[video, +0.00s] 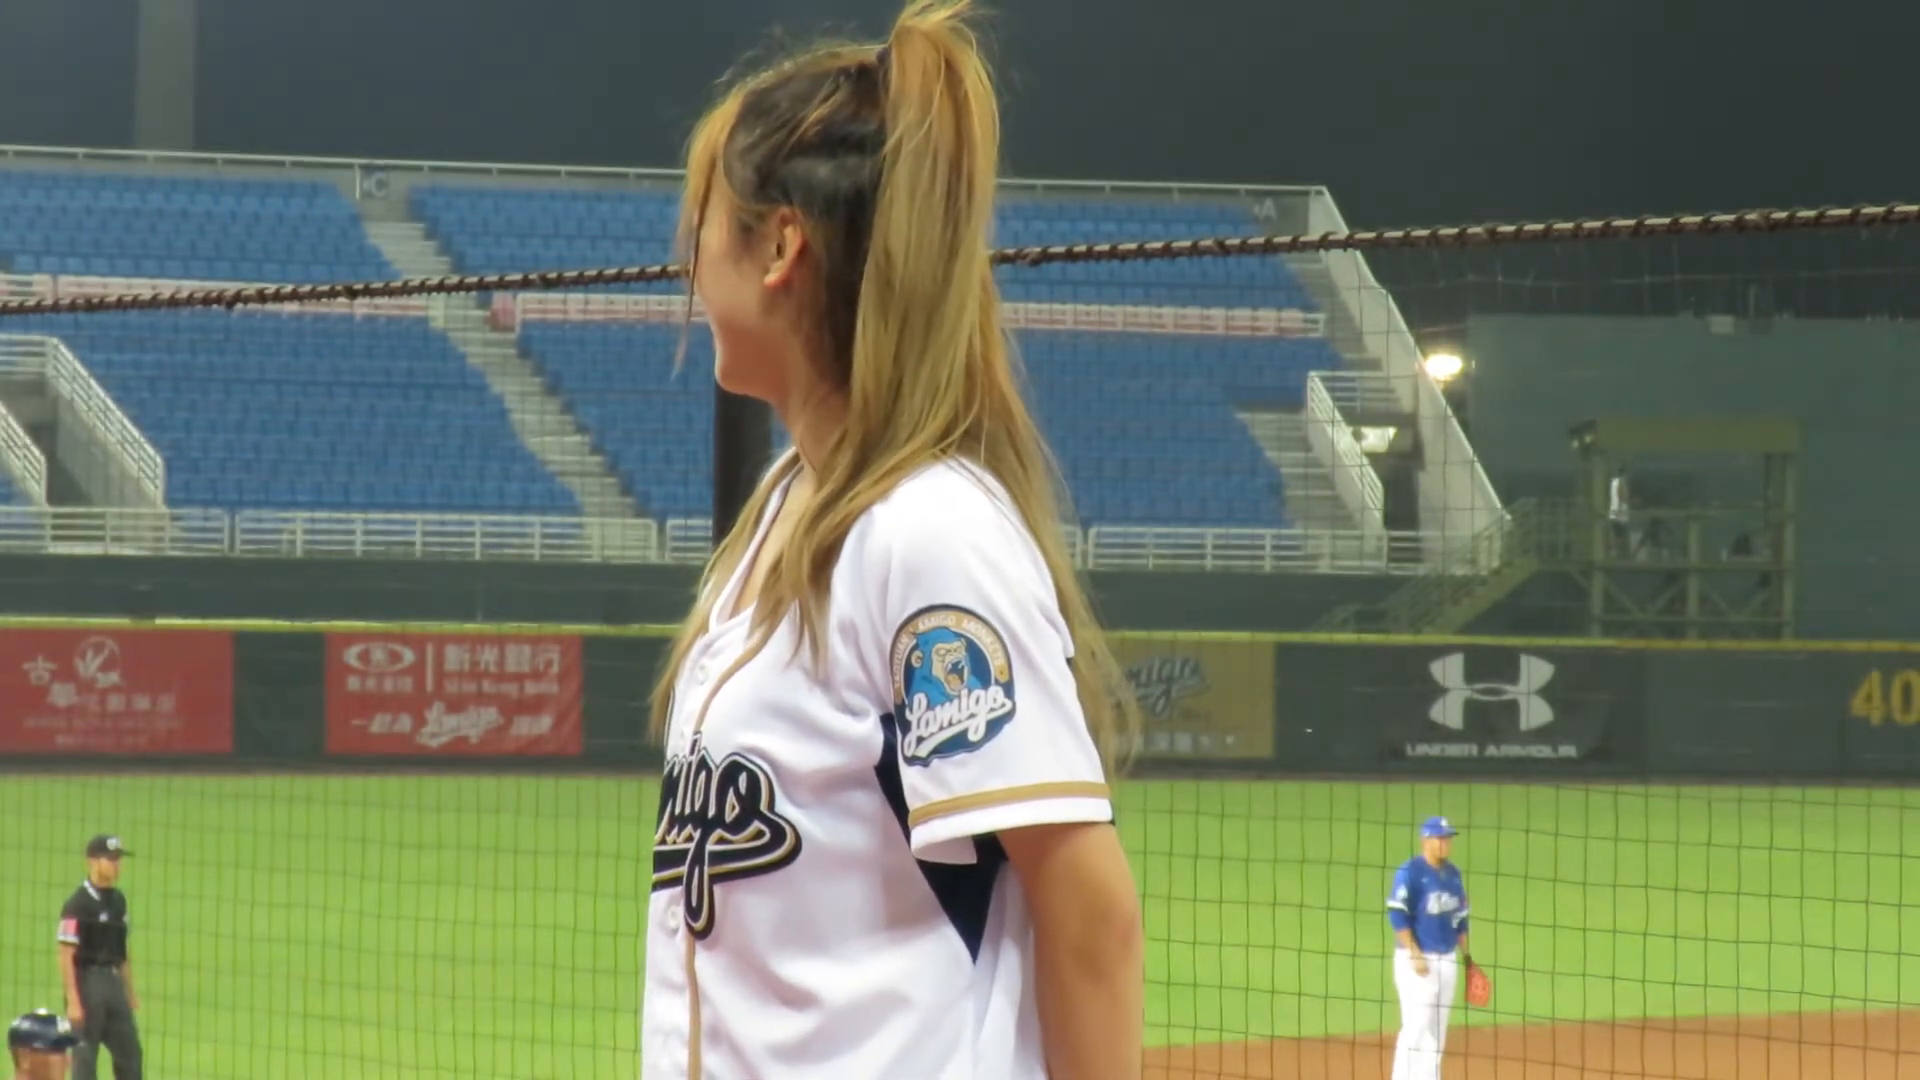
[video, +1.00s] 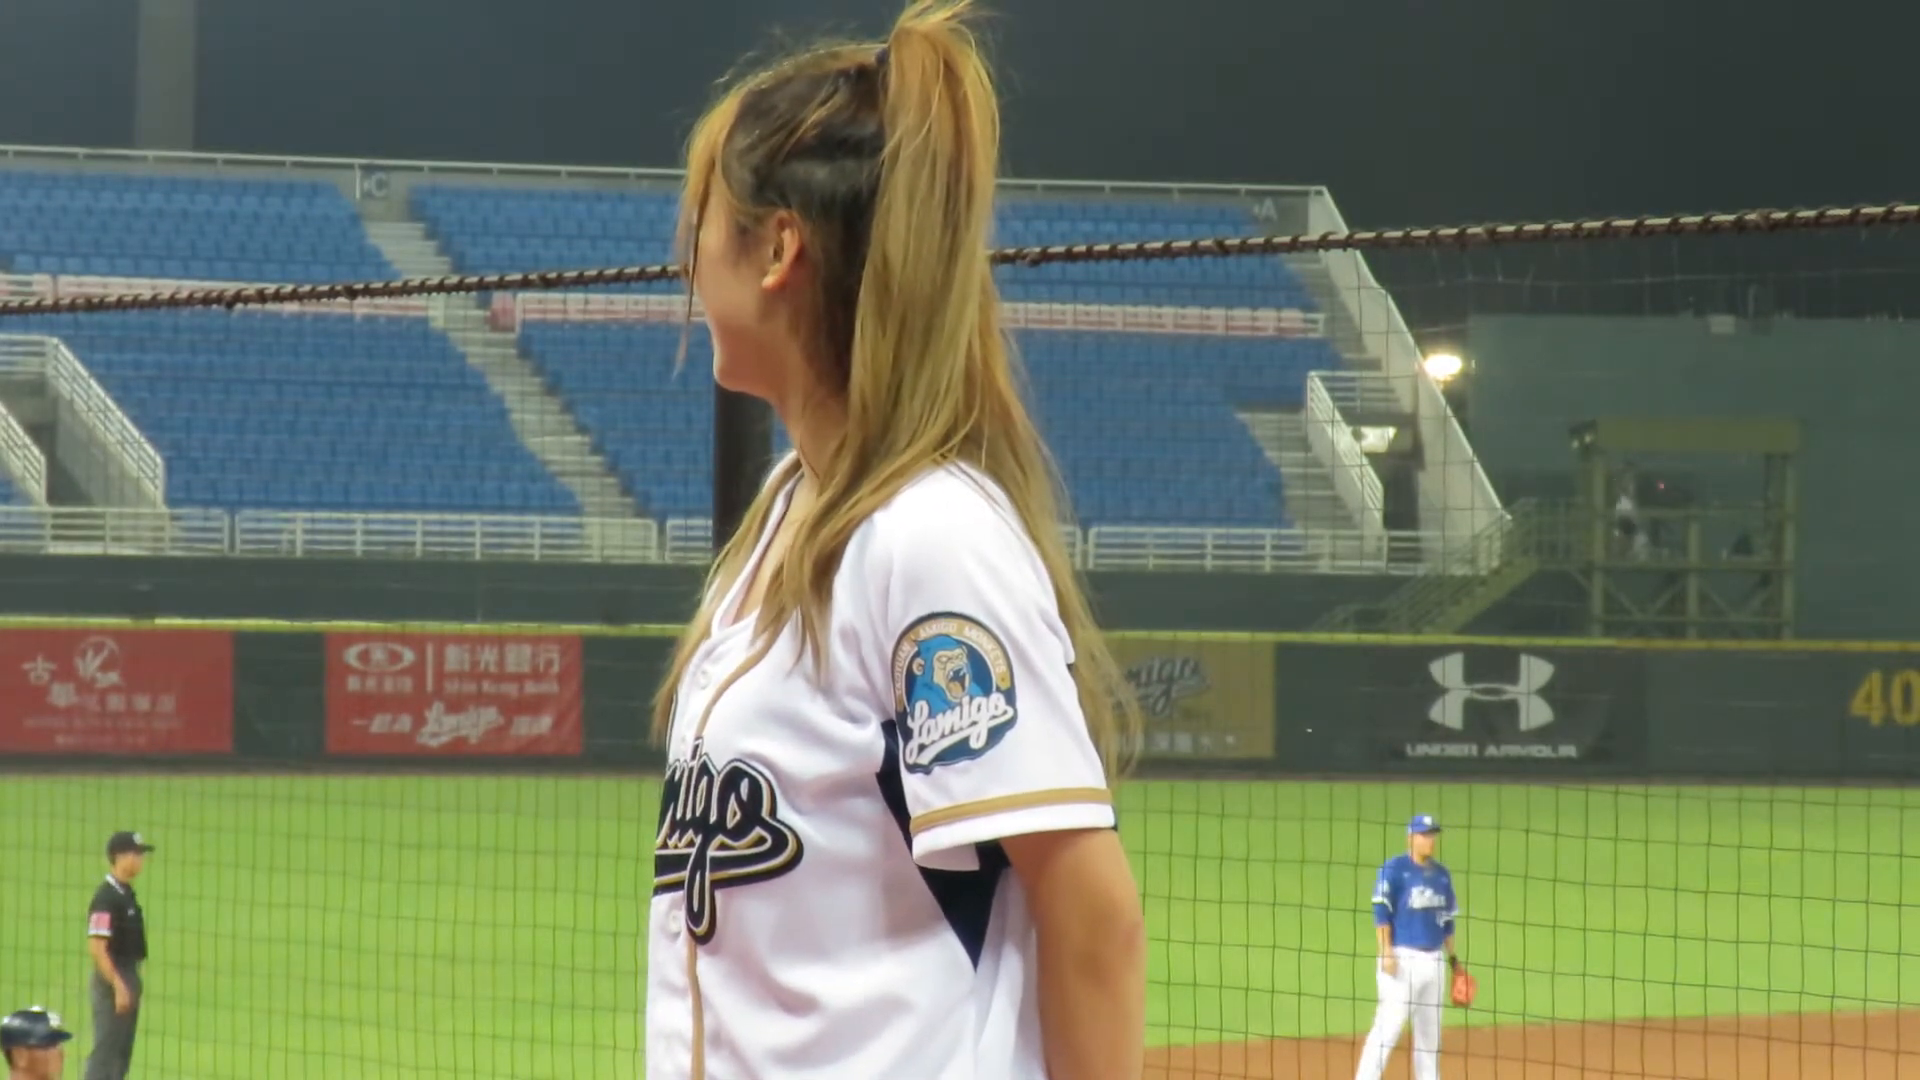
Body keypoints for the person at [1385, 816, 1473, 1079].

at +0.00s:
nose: (1445, 844)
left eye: (1447, 839)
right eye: (1439, 839)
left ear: (1450, 842)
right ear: (1426, 840)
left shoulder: (1452, 874)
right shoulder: (1410, 872)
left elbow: (1460, 921)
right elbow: (1397, 914)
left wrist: (1467, 960)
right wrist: (1415, 952)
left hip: (1447, 960)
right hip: (1416, 958)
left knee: (1437, 1028)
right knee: (1416, 1025)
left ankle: (1429, 1075)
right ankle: (1404, 1075)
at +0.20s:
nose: (1446, 843)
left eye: (1449, 838)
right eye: (1441, 838)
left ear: (1452, 841)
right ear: (1427, 840)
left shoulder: (1456, 874)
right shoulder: (1410, 871)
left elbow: (1461, 921)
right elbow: (1395, 912)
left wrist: (1467, 961)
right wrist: (1417, 947)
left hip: (1449, 960)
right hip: (1417, 958)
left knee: (1438, 1030)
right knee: (1416, 1026)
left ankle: (1429, 1076)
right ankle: (1405, 1076)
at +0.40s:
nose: (1448, 843)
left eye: (1451, 838)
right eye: (1442, 837)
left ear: (1454, 841)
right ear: (1429, 839)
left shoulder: (1458, 876)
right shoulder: (1413, 869)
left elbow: (1461, 924)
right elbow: (1392, 907)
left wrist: (1467, 964)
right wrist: (1413, 944)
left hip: (1449, 961)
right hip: (1417, 959)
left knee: (1437, 1032)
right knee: (1416, 1030)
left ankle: (1430, 1076)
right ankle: (1409, 1076)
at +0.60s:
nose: (1448, 842)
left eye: (1451, 837)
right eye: (1443, 836)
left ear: (1454, 840)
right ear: (1431, 838)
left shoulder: (1458, 876)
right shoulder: (1411, 868)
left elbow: (1461, 924)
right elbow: (1396, 908)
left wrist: (1468, 964)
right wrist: (1405, 948)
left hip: (1444, 960)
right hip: (1412, 956)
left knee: (1434, 1032)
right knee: (1408, 1027)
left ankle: (1429, 1076)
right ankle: (1398, 1076)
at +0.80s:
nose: (1443, 841)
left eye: (1446, 836)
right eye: (1438, 836)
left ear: (1450, 840)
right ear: (1425, 837)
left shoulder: (1454, 876)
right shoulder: (1407, 867)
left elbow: (1458, 924)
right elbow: (1391, 908)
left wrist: (1466, 961)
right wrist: (1392, 948)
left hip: (1439, 959)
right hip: (1409, 956)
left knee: (1432, 1033)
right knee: (1397, 1027)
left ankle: (1429, 1076)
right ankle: (1375, 1076)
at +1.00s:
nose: (1429, 840)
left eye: (1432, 835)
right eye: (1423, 835)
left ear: (1436, 838)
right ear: (1411, 838)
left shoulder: (1442, 874)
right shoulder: (1394, 869)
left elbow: (1447, 923)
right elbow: (1381, 911)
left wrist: (1453, 961)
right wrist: (1387, 952)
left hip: (1433, 960)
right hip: (1401, 957)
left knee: (1429, 1034)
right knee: (1388, 1029)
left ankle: (1428, 1077)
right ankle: (1366, 1076)